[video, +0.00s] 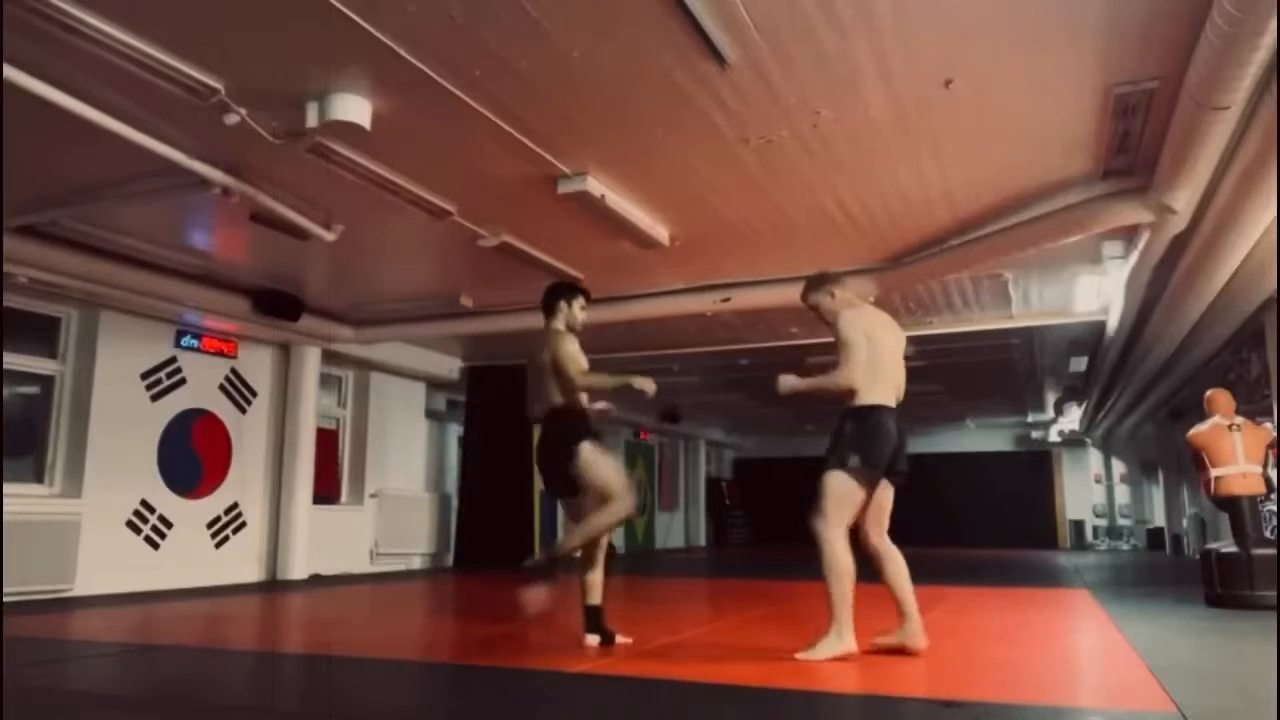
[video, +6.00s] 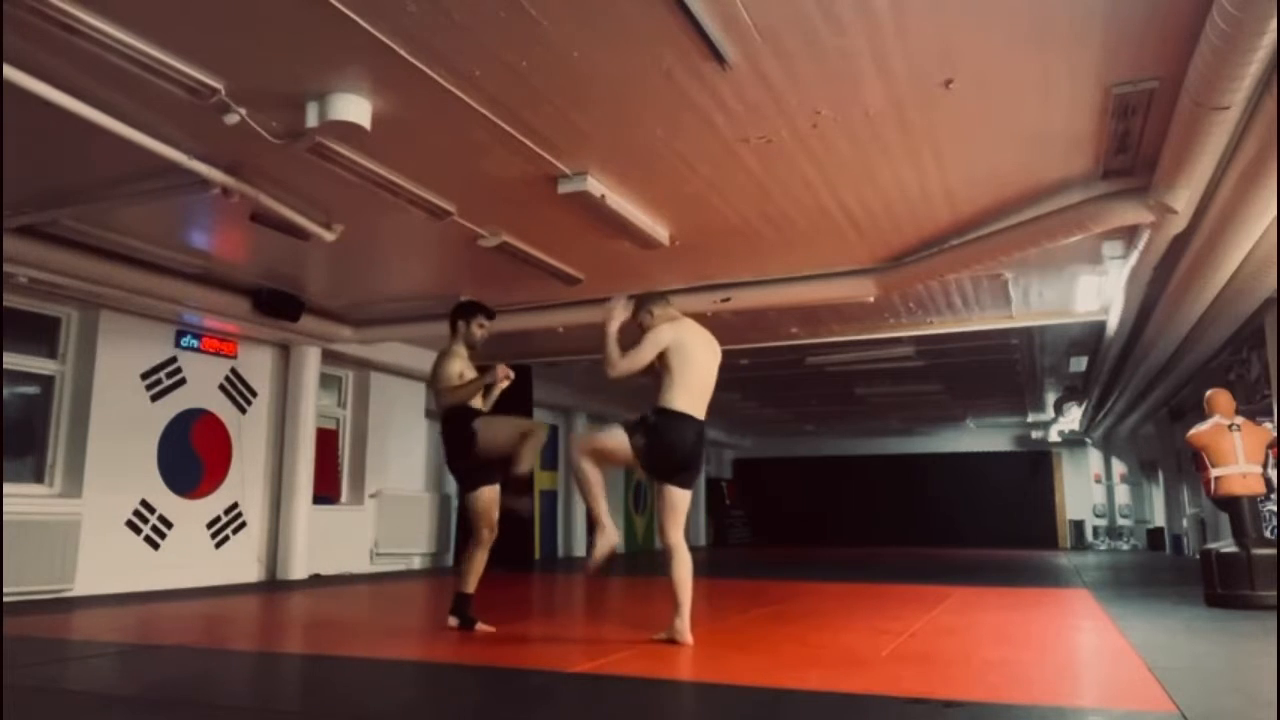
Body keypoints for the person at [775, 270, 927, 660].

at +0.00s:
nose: (821, 318)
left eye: (818, 310)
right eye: (817, 312)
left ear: (833, 293)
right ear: (845, 291)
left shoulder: (850, 316)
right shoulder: (891, 326)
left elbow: (849, 378)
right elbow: (895, 387)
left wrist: (799, 383)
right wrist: (836, 376)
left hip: (863, 425)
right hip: (892, 427)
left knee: (830, 525)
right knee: (876, 533)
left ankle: (841, 633)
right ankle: (912, 627)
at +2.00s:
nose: (793, 305)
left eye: (791, 296)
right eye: (789, 298)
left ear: (806, 283)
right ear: (816, 280)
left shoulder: (824, 317)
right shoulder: (846, 319)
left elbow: (803, 378)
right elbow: (827, 370)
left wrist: (765, 356)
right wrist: (791, 352)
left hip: (812, 432)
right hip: (817, 430)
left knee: (804, 534)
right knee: (742, 456)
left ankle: (821, 635)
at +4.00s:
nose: (682, 304)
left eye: (687, 297)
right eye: (680, 296)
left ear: (711, 289)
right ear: (684, 291)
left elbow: (729, 397)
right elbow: (642, 328)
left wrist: (671, 372)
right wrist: (611, 339)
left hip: (646, 433)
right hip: (616, 394)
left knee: (636, 525)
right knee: (530, 397)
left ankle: (604, 615)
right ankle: (494, 385)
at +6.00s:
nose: (645, 329)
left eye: (644, 323)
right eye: (642, 325)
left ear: (654, 310)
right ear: (669, 306)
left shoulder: (670, 330)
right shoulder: (711, 343)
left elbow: (615, 368)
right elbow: (671, 373)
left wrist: (611, 325)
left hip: (661, 432)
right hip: (692, 443)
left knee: (581, 448)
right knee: (675, 536)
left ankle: (605, 528)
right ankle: (682, 625)